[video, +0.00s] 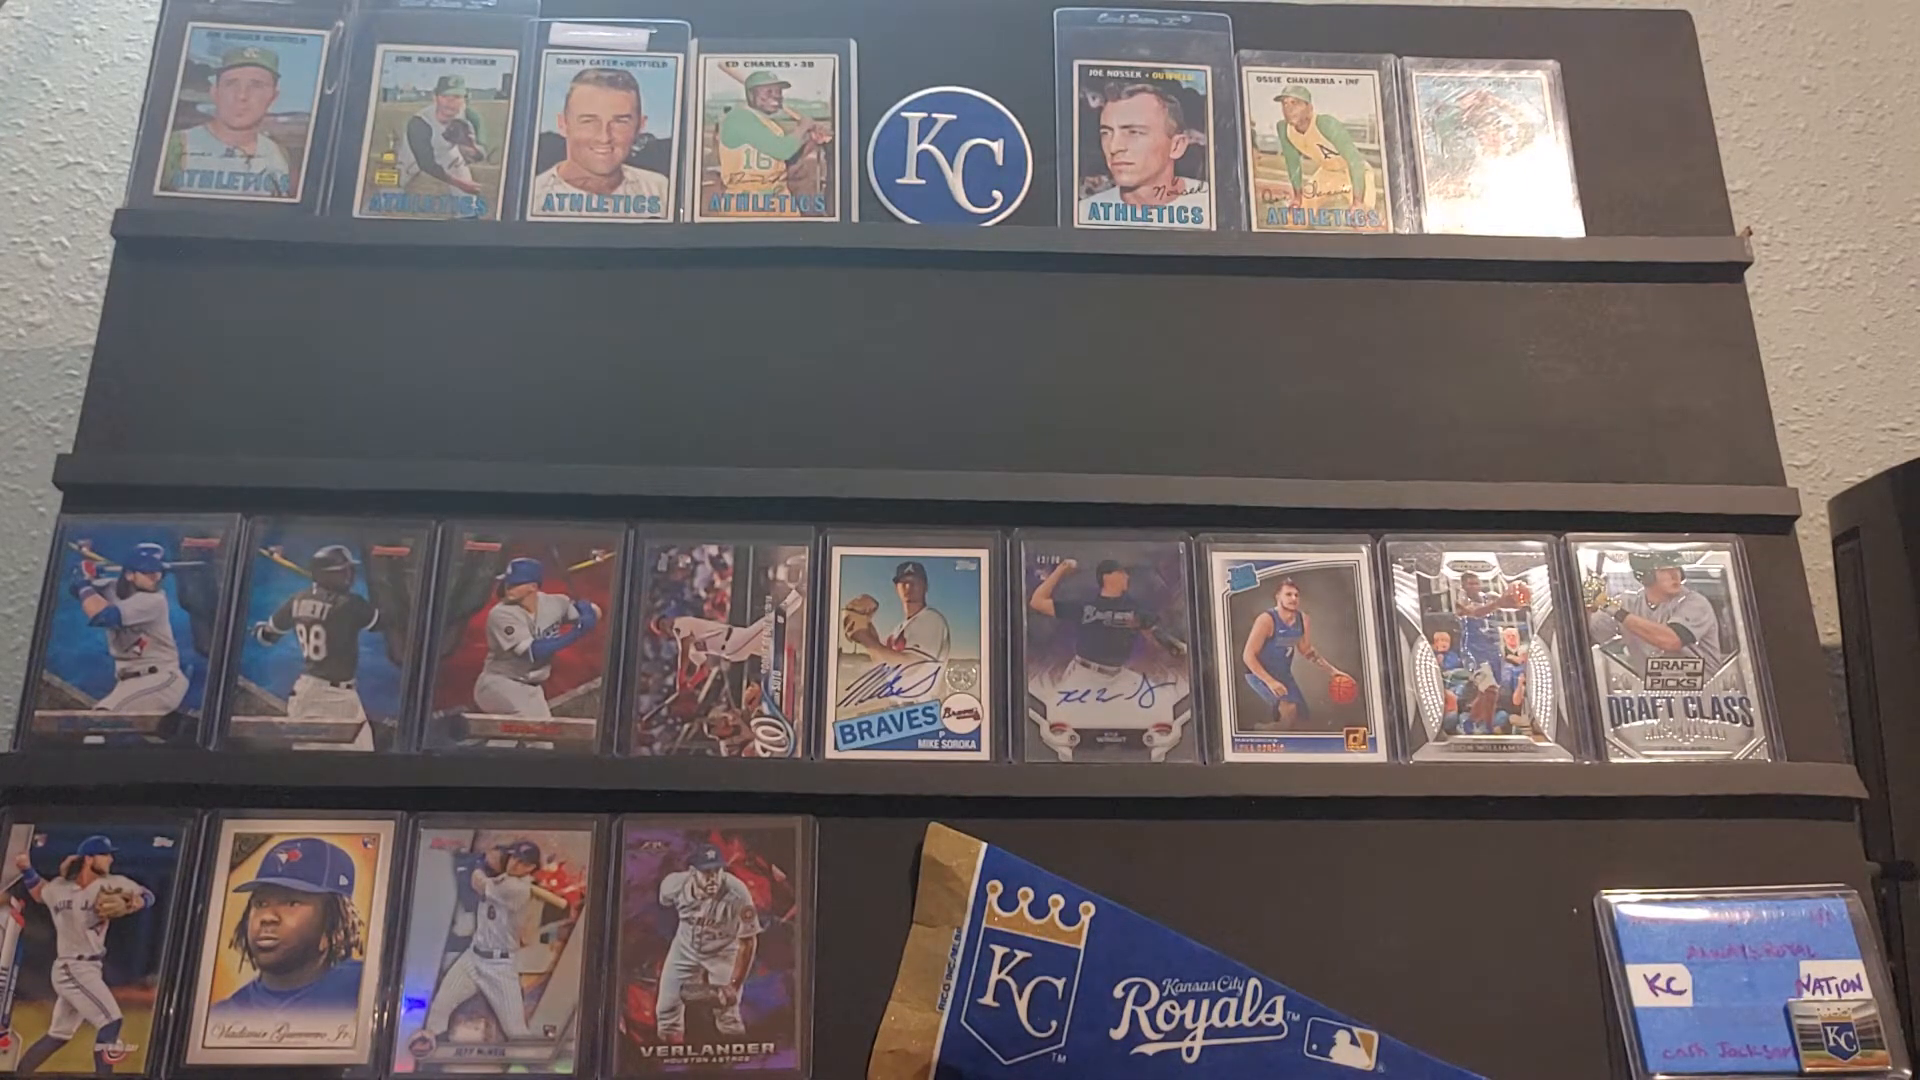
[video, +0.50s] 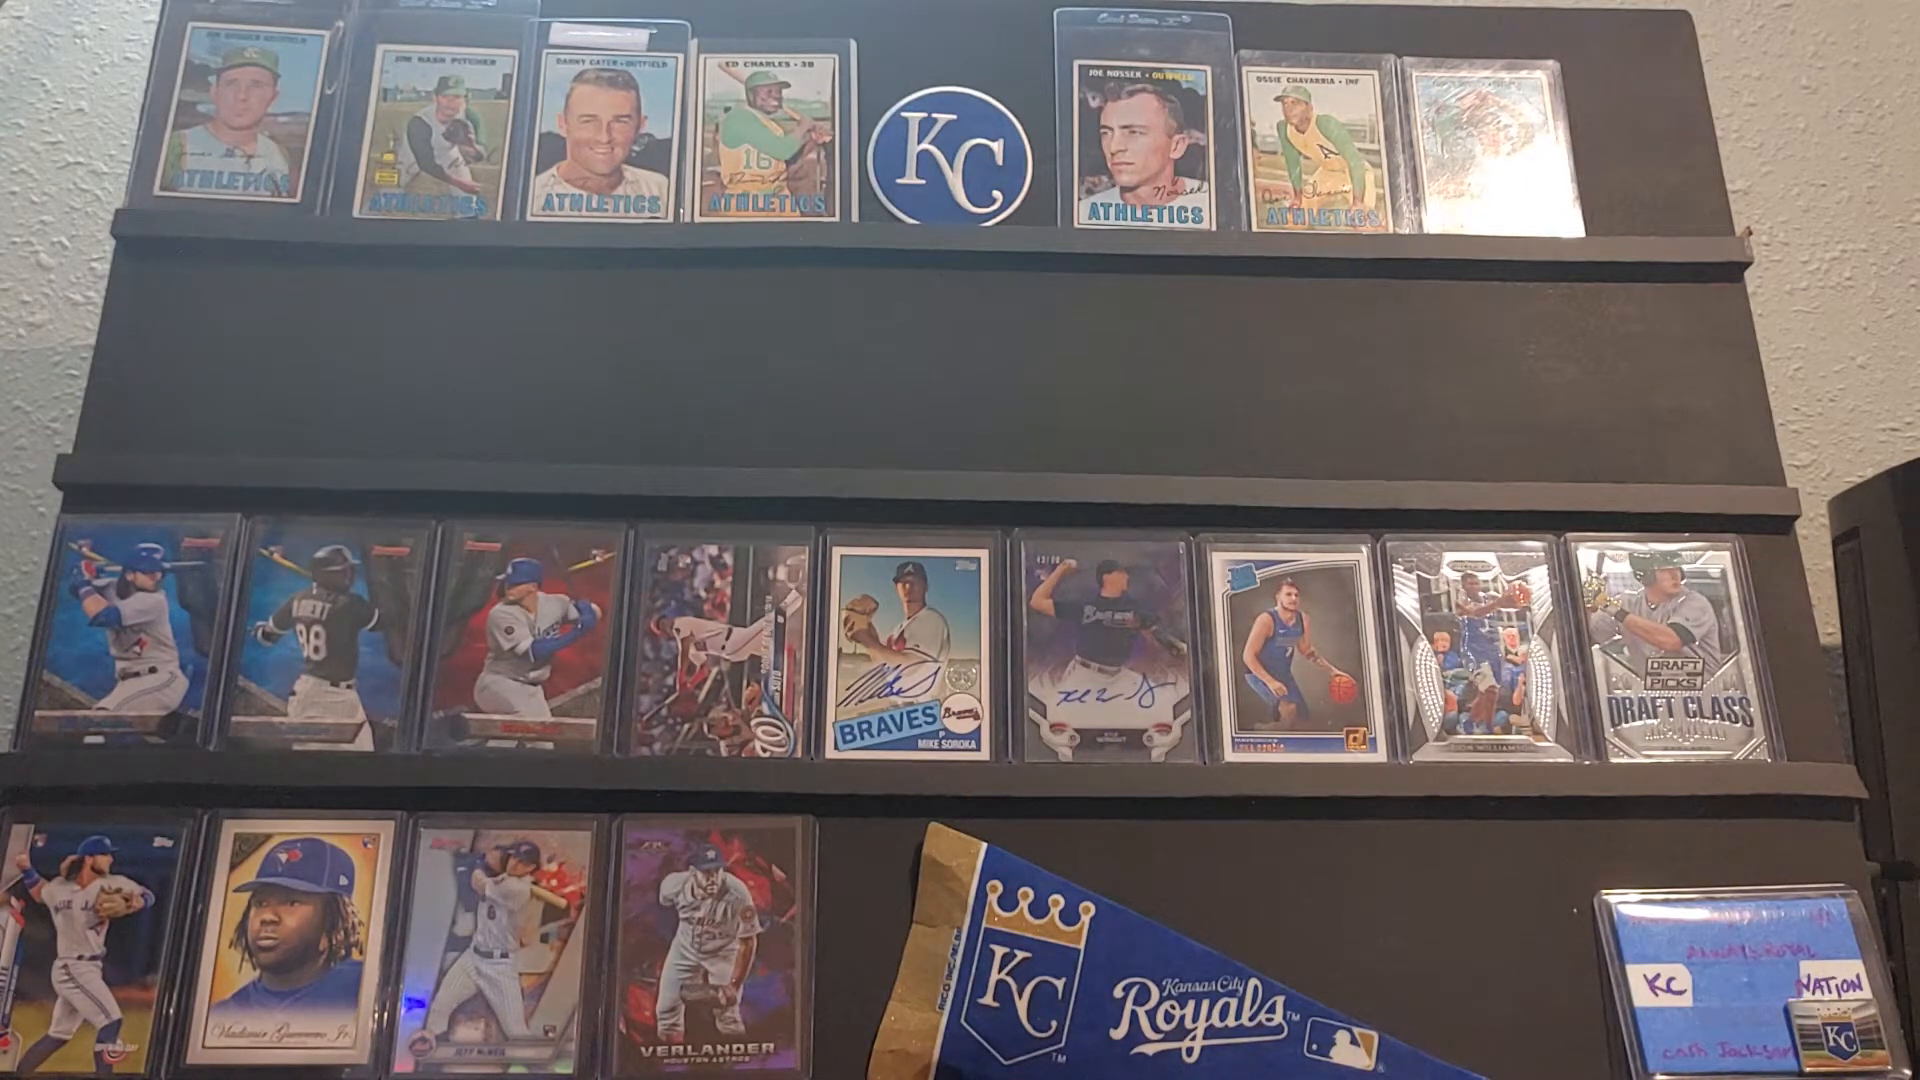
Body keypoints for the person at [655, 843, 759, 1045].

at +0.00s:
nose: (712, 878)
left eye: (716, 871)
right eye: (706, 872)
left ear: (722, 869)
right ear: (693, 871)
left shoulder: (738, 893)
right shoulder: (673, 886)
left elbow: (749, 941)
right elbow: (667, 913)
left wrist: (735, 985)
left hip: (724, 954)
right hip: (684, 948)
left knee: (727, 1014)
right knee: (666, 1009)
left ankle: (740, 1068)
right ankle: (673, 1068)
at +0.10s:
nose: (712, 878)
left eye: (716, 871)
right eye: (706, 872)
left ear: (722, 869)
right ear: (693, 871)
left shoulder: (738, 893)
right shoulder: (673, 886)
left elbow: (749, 941)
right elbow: (667, 912)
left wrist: (735, 985)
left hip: (724, 954)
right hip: (684, 948)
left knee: (727, 1014)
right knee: (666, 1009)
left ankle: (740, 1068)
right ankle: (673, 1068)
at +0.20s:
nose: (712, 878)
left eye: (716, 871)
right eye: (706, 872)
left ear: (722, 869)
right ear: (693, 871)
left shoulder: (738, 893)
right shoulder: (673, 886)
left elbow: (749, 941)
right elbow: (667, 911)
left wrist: (735, 985)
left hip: (724, 954)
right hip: (684, 948)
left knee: (727, 1014)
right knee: (666, 1009)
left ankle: (740, 1068)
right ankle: (673, 1068)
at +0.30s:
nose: (712, 878)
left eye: (716, 871)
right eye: (706, 872)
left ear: (722, 869)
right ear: (693, 871)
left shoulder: (738, 893)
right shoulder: (673, 886)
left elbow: (749, 941)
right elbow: (667, 911)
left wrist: (735, 985)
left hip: (724, 954)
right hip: (684, 948)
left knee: (727, 1015)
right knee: (666, 1009)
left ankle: (740, 1068)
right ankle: (673, 1068)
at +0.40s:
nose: (712, 878)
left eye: (716, 871)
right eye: (706, 872)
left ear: (722, 869)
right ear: (693, 871)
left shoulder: (738, 893)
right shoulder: (673, 886)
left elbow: (749, 941)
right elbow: (667, 912)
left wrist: (735, 985)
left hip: (724, 954)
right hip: (684, 948)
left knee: (727, 1015)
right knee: (666, 1009)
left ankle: (740, 1068)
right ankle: (673, 1068)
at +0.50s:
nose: (712, 878)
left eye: (716, 871)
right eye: (706, 872)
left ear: (722, 869)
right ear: (693, 871)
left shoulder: (738, 893)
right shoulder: (673, 886)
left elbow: (749, 941)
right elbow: (667, 912)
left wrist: (735, 985)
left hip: (724, 954)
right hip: (684, 948)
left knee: (727, 1015)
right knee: (666, 1009)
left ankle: (740, 1068)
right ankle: (673, 1068)